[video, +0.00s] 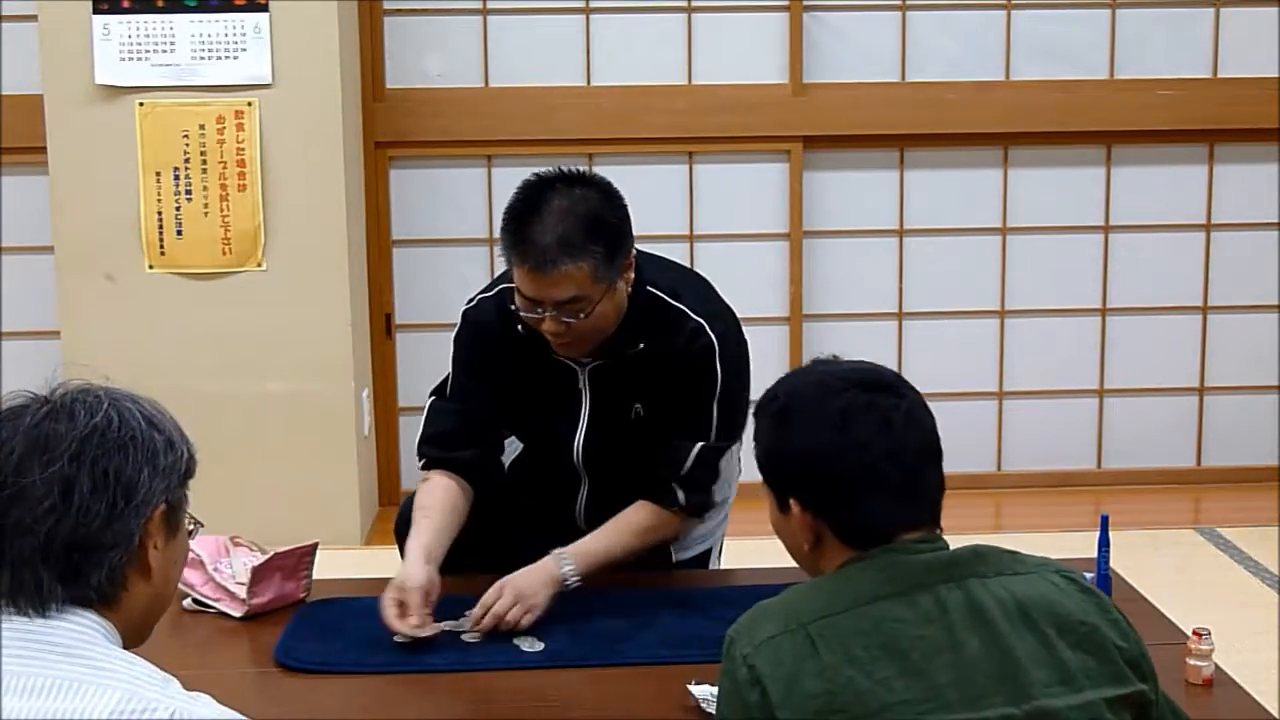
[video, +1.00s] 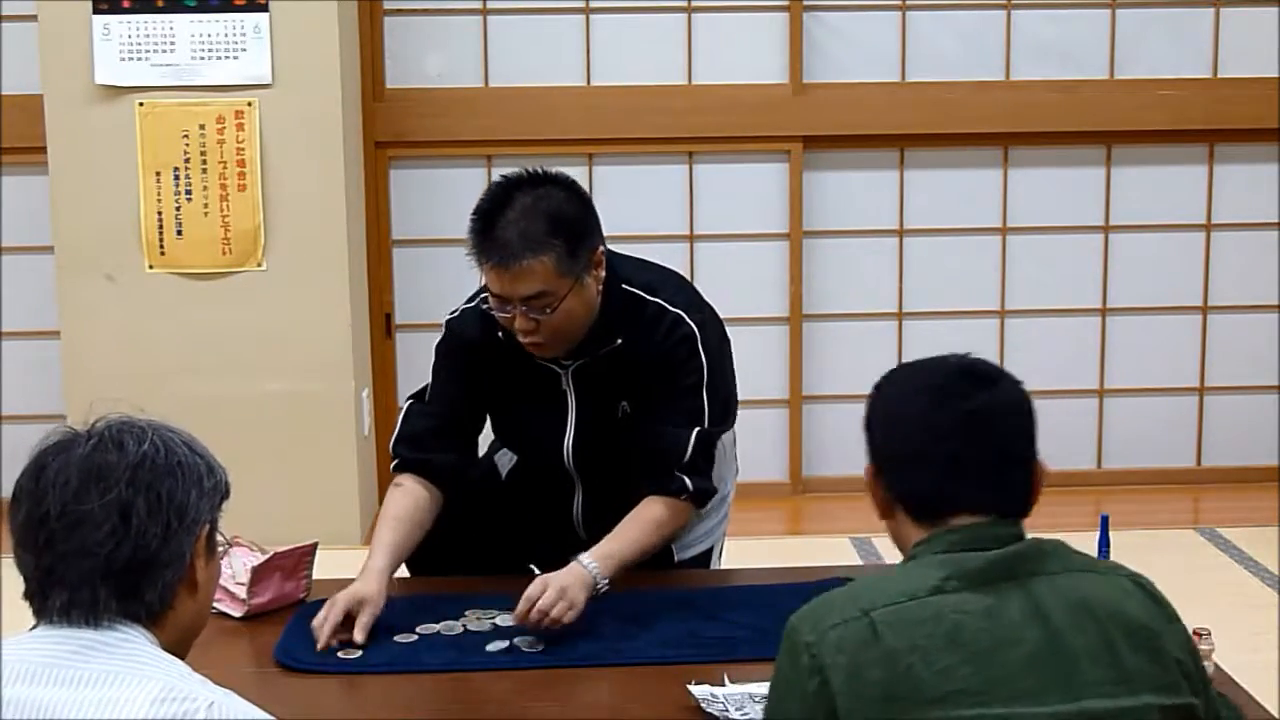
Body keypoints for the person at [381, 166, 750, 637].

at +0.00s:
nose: (550, 326)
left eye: (572, 308)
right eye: (532, 304)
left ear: (626, 273)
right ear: (514, 272)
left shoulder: (701, 335)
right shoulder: (492, 319)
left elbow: (680, 500)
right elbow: (455, 456)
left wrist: (556, 569)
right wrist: (421, 560)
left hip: (654, 538)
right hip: (534, 526)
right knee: (422, 518)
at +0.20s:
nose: (539, 318)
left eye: (562, 300)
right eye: (521, 294)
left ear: (619, 268)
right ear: (505, 265)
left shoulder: (691, 334)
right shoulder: (486, 322)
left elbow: (655, 495)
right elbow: (441, 459)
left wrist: (532, 574)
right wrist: (382, 566)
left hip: (654, 537)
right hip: (530, 529)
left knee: (635, 687)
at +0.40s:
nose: (531, 318)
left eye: (552, 301)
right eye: (512, 296)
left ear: (610, 267)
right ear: (495, 267)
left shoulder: (686, 331)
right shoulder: (482, 321)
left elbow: (659, 495)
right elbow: (436, 454)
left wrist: (543, 572)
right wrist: (383, 555)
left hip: (655, 532)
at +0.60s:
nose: (523, 321)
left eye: (542, 304)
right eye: (506, 300)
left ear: (602, 267)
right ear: (491, 272)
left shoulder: (682, 329)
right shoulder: (479, 320)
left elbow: (672, 494)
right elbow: (431, 451)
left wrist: (551, 578)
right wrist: (405, 558)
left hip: (652, 540)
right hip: (530, 533)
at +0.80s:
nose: (522, 323)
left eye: (541, 304)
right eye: (504, 301)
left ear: (599, 268)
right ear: (487, 277)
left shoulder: (680, 330)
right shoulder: (478, 326)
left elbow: (674, 490)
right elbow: (434, 455)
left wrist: (560, 577)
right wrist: (398, 559)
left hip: (651, 532)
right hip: (531, 521)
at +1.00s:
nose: (520, 324)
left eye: (540, 304)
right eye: (501, 303)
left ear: (597, 269)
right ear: (485, 277)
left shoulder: (678, 328)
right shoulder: (476, 331)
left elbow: (684, 487)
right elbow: (425, 464)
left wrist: (587, 571)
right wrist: (373, 573)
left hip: (655, 524)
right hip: (537, 514)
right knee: (432, 524)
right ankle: (472, 679)